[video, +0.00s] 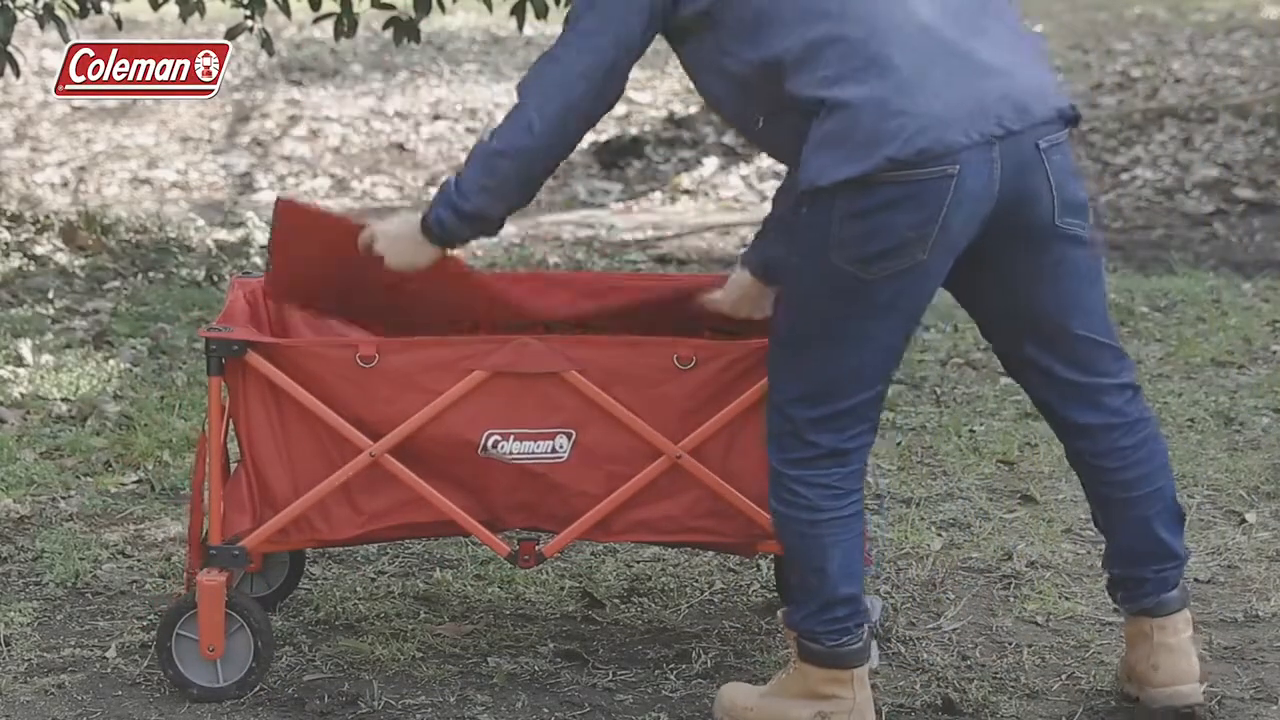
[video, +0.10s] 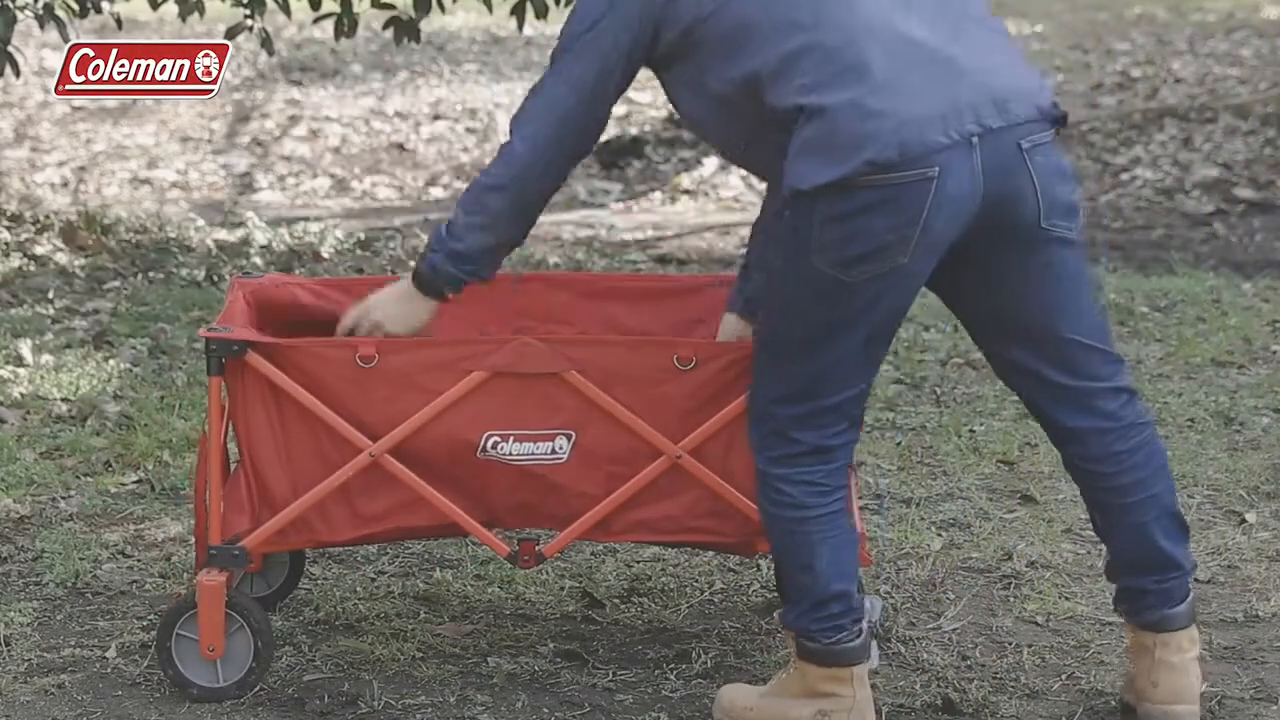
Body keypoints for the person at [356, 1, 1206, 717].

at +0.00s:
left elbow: (555, 109)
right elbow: (878, 104)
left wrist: (433, 226)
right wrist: (761, 273)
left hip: (891, 153)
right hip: (1032, 130)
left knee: (817, 442)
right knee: (1100, 393)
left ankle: (830, 681)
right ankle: (1166, 652)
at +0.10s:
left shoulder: (635, 5)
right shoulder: (804, 10)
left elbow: (541, 144)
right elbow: (832, 137)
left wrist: (425, 284)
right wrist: (749, 301)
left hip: (873, 164)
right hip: (1021, 138)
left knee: (799, 434)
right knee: (1096, 398)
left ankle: (829, 673)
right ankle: (1168, 655)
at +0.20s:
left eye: (577, 28)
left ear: (612, 6)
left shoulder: (620, 11)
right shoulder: (806, 4)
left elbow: (528, 169)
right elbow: (835, 146)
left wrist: (436, 297)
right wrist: (741, 302)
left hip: (862, 171)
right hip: (1008, 141)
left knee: (789, 436)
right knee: (1092, 399)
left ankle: (828, 671)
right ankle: (1174, 654)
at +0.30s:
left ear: (611, 3)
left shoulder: (613, 13)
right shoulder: (814, 1)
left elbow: (531, 180)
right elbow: (850, 141)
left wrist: (458, 315)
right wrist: (731, 292)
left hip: (856, 175)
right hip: (999, 145)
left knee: (777, 436)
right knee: (1087, 399)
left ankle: (827, 669)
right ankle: (1172, 651)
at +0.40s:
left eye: (577, 30)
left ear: (605, 6)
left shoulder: (611, 20)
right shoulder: (807, 5)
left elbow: (528, 196)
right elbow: (831, 168)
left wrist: (463, 328)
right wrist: (718, 310)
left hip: (847, 182)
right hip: (990, 148)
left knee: (768, 436)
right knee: (1083, 398)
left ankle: (826, 670)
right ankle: (1174, 651)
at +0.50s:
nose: (563, 44)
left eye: (563, 32)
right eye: (562, 32)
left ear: (585, 18)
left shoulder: (603, 54)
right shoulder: (789, 12)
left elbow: (517, 244)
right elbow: (838, 170)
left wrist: (457, 369)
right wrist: (734, 319)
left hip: (837, 201)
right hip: (984, 160)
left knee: (755, 443)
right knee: (1092, 403)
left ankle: (826, 668)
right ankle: (1192, 647)